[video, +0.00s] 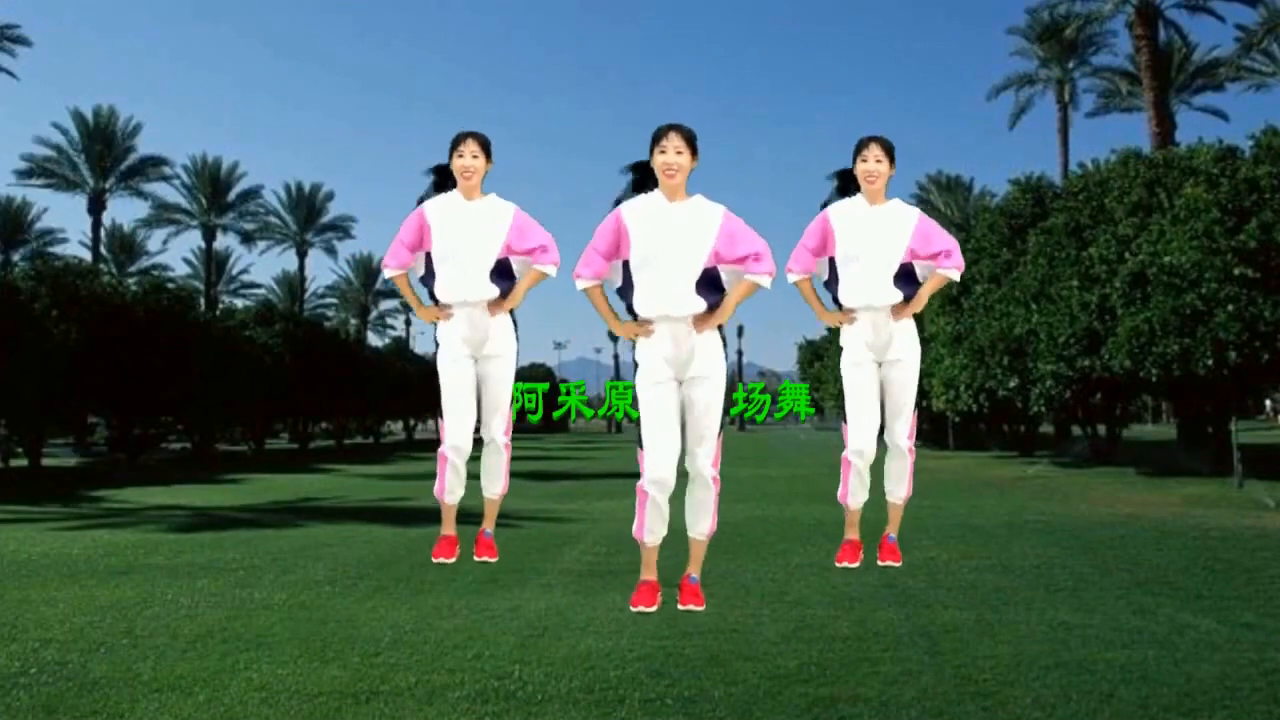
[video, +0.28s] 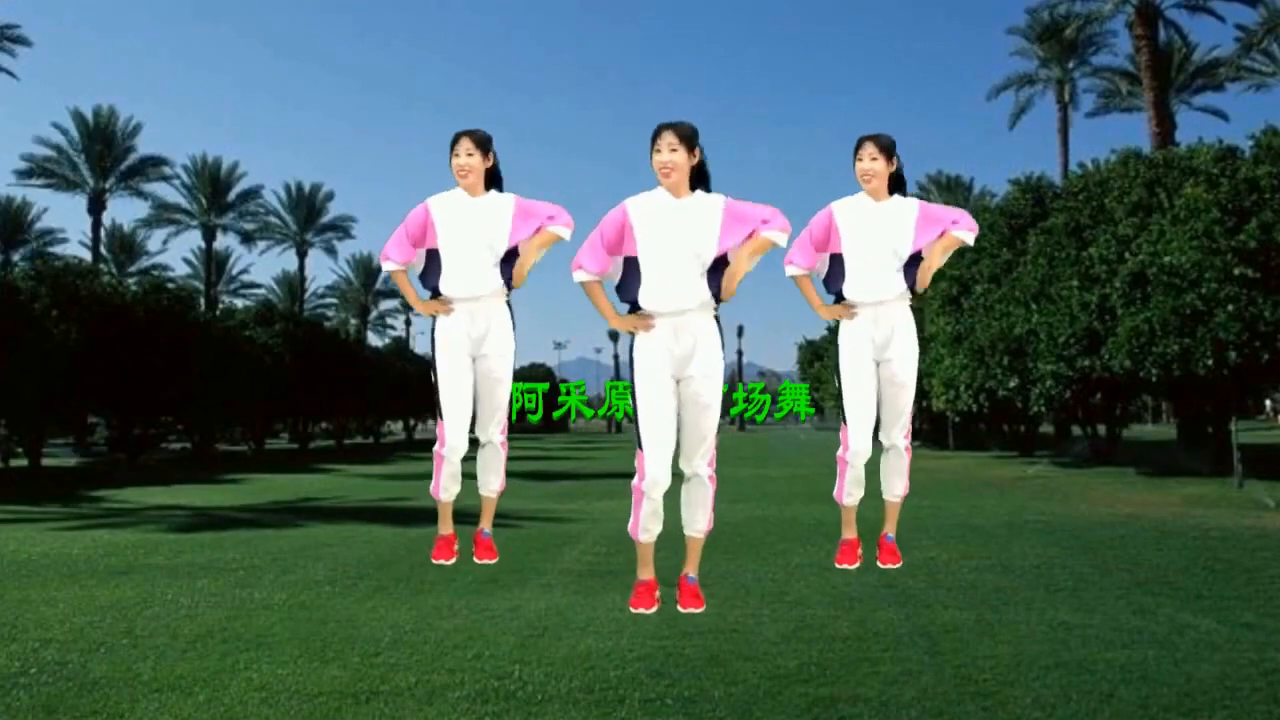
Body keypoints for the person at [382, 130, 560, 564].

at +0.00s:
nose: (467, 162)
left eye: (475, 156)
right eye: (460, 156)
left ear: (488, 165)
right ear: (451, 164)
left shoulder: (505, 212)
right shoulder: (430, 212)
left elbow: (548, 254)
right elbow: (394, 263)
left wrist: (515, 297)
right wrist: (420, 308)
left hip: (496, 325)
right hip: (452, 327)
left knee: (496, 431)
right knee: (456, 431)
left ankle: (488, 532)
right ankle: (448, 531)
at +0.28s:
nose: (462, 162)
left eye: (470, 154)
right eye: (457, 155)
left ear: (488, 161)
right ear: (450, 163)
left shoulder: (508, 205)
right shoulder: (433, 208)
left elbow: (562, 221)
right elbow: (392, 258)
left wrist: (528, 255)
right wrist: (419, 303)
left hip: (495, 316)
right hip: (450, 318)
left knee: (493, 428)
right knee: (453, 428)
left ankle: (484, 531)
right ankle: (445, 530)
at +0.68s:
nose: (470, 181)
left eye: (479, 174)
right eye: (467, 174)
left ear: (499, 181)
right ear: (462, 182)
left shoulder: (510, 233)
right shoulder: (441, 220)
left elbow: (505, 291)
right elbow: (399, 270)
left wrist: (514, 234)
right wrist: (416, 320)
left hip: (495, 332)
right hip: (450, 333)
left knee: (498, 440)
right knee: (471, 438)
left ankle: (485, 532)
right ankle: (456, 500)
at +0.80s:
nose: (466, 160)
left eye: (474, 154)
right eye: (463, 154)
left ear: (497, 162)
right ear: (459, 162)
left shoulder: (509, 210)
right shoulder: (437, 203)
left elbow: (500, 250)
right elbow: (394, 248)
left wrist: (494, 192)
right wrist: (410, 298)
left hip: (487, 318)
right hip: (442, 317)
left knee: (488, 428)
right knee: (446, 425)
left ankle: (487, 529)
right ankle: (437, 495)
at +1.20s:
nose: (448, 159)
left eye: (457, 152)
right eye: (445, 152)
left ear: (477, 160)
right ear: (443, 160)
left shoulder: (498, 204)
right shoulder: (427, 206)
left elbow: (500, 239)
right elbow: (388, 241)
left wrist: (485, 183)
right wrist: (402, 287)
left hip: (469, 320)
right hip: (424, 316)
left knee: (468, 432)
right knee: (404, 422)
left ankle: (484, 527)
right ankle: (384, 519)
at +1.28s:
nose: (449, 140)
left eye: (458, 134)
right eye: (447, 133)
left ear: (479, 142)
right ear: (446, 142)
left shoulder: (496, 187)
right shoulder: (426, 187)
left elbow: (512, 217)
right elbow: (386, 223)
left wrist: (494, 162)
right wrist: (402, 267)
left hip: (471, 300)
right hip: (426, 296)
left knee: (476, 415)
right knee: (409, 408)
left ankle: (486, 522)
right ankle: (391, 497)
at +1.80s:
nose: (462, 149)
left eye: (470, 142)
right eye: (458, 142)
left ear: (485, 155)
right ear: (451, 150)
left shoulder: (492, 202)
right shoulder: (426, 190)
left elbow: (455, 195)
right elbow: (380, 230)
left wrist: (477, 151)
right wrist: (390, 278)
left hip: (460, 302)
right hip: (417, 298)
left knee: (467, 421)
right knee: (409, 419)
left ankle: (475, 523)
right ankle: (401, 496)